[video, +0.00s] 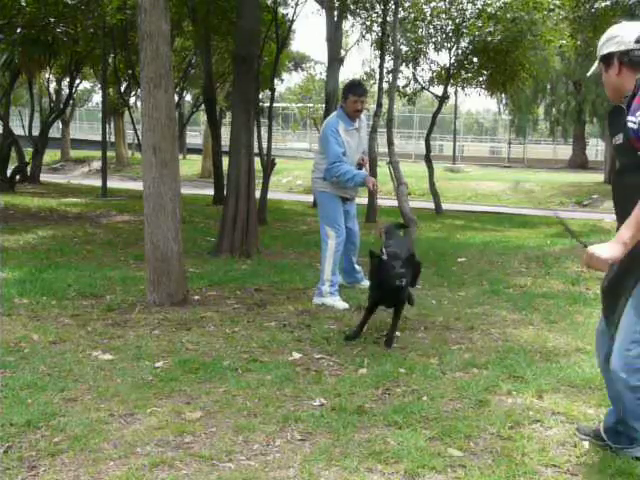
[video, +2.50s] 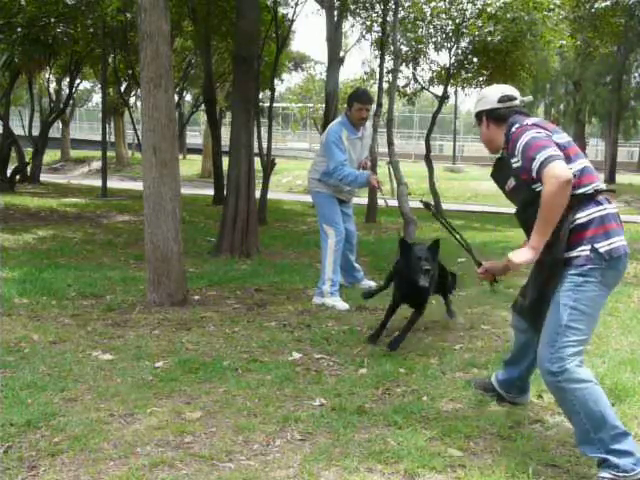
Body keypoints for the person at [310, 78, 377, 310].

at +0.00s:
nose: (359, 107)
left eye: (362, 102)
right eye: (354, 102)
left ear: (365, 102)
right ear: (344, 101)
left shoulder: (359, 123)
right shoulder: (332, 126)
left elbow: (357, 149)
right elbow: (334, 168)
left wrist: (361, 159)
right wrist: (362, 178)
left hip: (347, 188)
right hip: (327, 187)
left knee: (352, 234)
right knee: (335, 235)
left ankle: (351, 275)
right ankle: (326, 291)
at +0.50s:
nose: (355, 106)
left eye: (358, 102)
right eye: (350, 102)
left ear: (360, 102)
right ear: (339, 101)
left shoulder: (353, 124)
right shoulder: (329, 127)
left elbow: (349, 152)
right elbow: (330, 169)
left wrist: (356, 159)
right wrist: (356, 178)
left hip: (344, 188)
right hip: (326, 188)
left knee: (351, 234)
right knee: (335, 235)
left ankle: (350, 275)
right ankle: (326, 291)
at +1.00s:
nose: (360, 109)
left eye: (364, 105)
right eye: (356, 105)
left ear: (366, 105)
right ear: (344, 104)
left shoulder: (358, 126)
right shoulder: (333, 128)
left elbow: (351, 155)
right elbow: (335, 171)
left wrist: (360, 161)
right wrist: (364, 179)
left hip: (344, 189)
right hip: (326, 188)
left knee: (350, 234)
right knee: (337, 234)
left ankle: (351, 275)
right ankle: (326, 291)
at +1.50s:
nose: (357, 108)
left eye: (360, 103)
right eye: (353, 103)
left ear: (363, 103)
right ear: (342, 102)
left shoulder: (351, 127)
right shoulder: (330, 126)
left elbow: (349, 161)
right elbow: (333, 169)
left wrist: (364, 171)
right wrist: (363, 173)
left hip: (343, 190)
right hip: (326, 188)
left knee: (350, 234)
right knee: (335, 234)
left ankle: (345, 284)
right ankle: (325, 290)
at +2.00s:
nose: (357, 112)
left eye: (360, 107)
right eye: (352, 107)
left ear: (362, 107)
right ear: (341, 105)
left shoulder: (352, 129)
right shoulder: (330, 131)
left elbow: (348, 160)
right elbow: (328, 172)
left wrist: (357, 164)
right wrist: (354, 182)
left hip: (341, 189)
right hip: (322, 189)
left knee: (349, 233)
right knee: (334, 234)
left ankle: (351, 275)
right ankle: (325, 292)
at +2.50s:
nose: (364, 115)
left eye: (367, 110)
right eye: (360, 110)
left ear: (370, 110)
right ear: (349, 109)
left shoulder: (363, 130)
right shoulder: (335, 132)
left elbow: (358, 156)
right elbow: (337, 171)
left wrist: (364, 163)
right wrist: (366, 178)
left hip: (344, 189)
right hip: (324, 187)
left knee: (349, 233)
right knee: (335, 233)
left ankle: (352, 276)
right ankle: (327, 292)